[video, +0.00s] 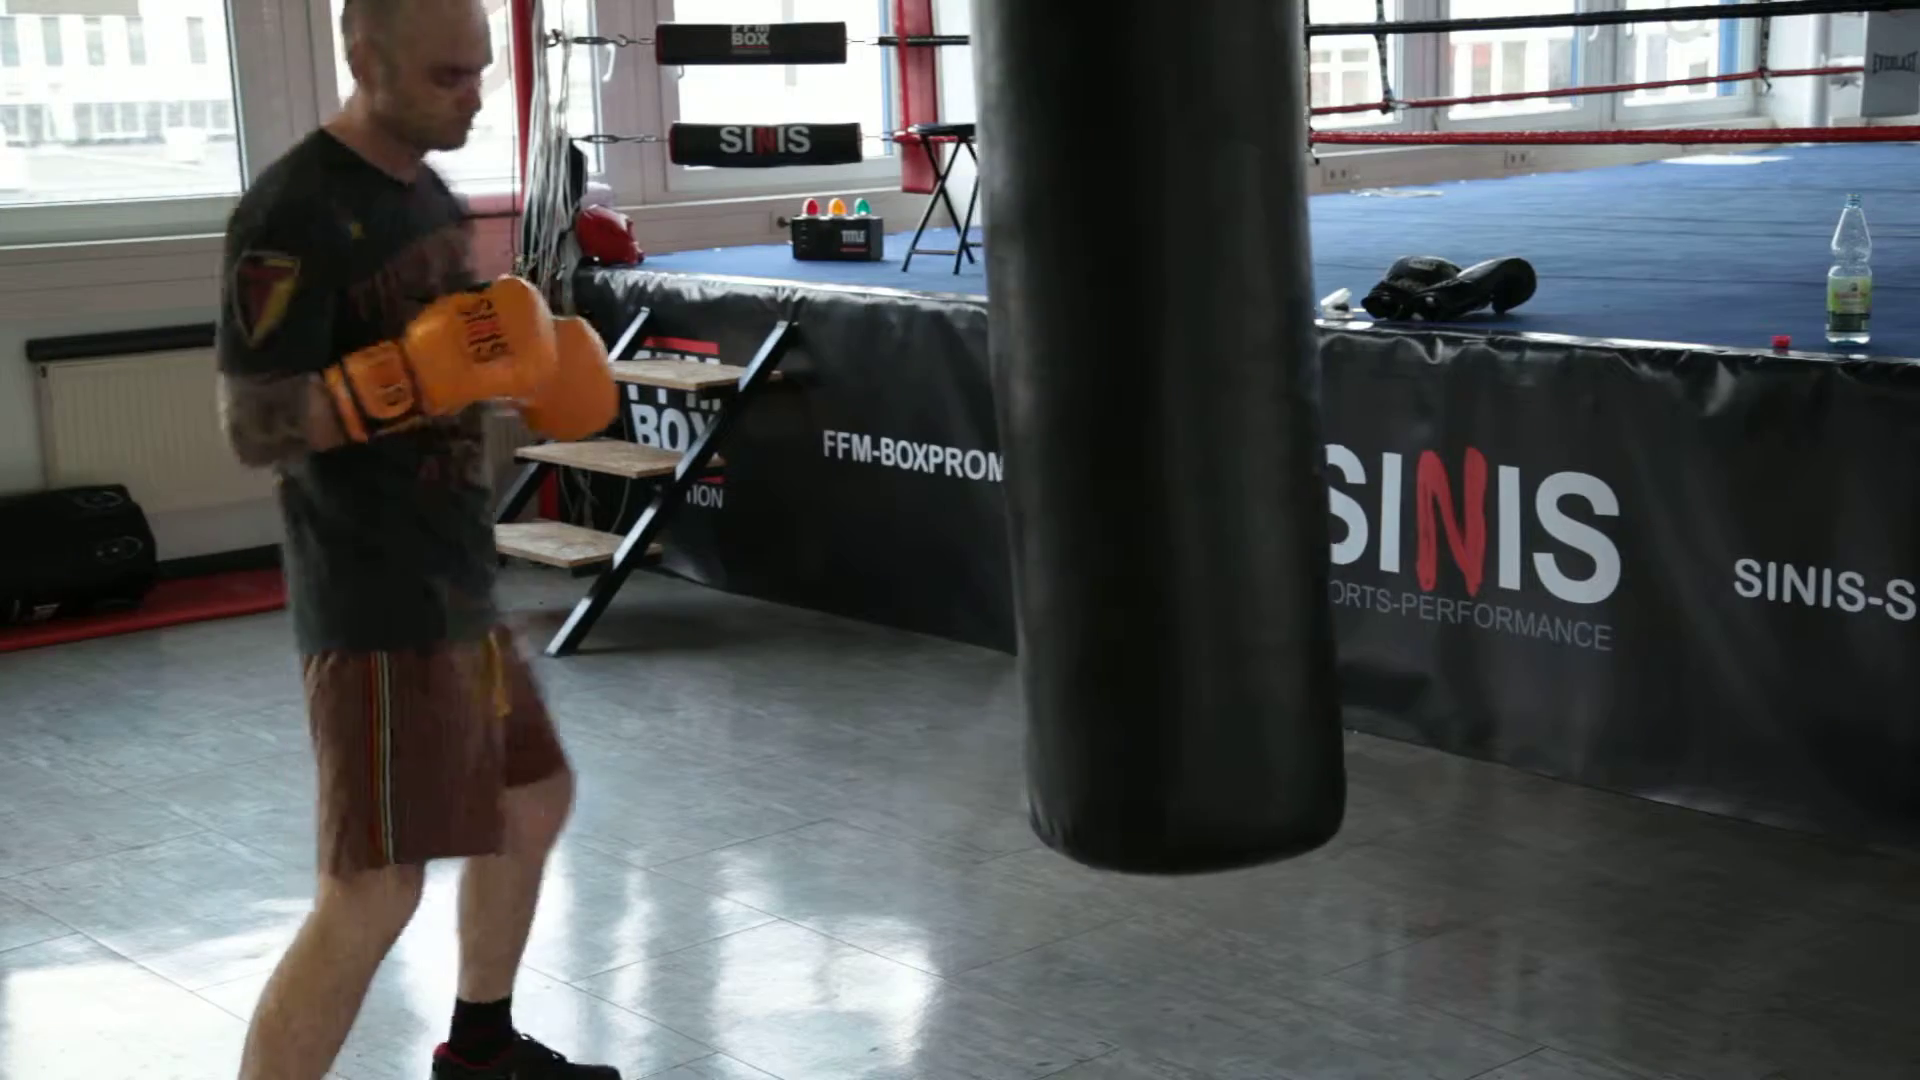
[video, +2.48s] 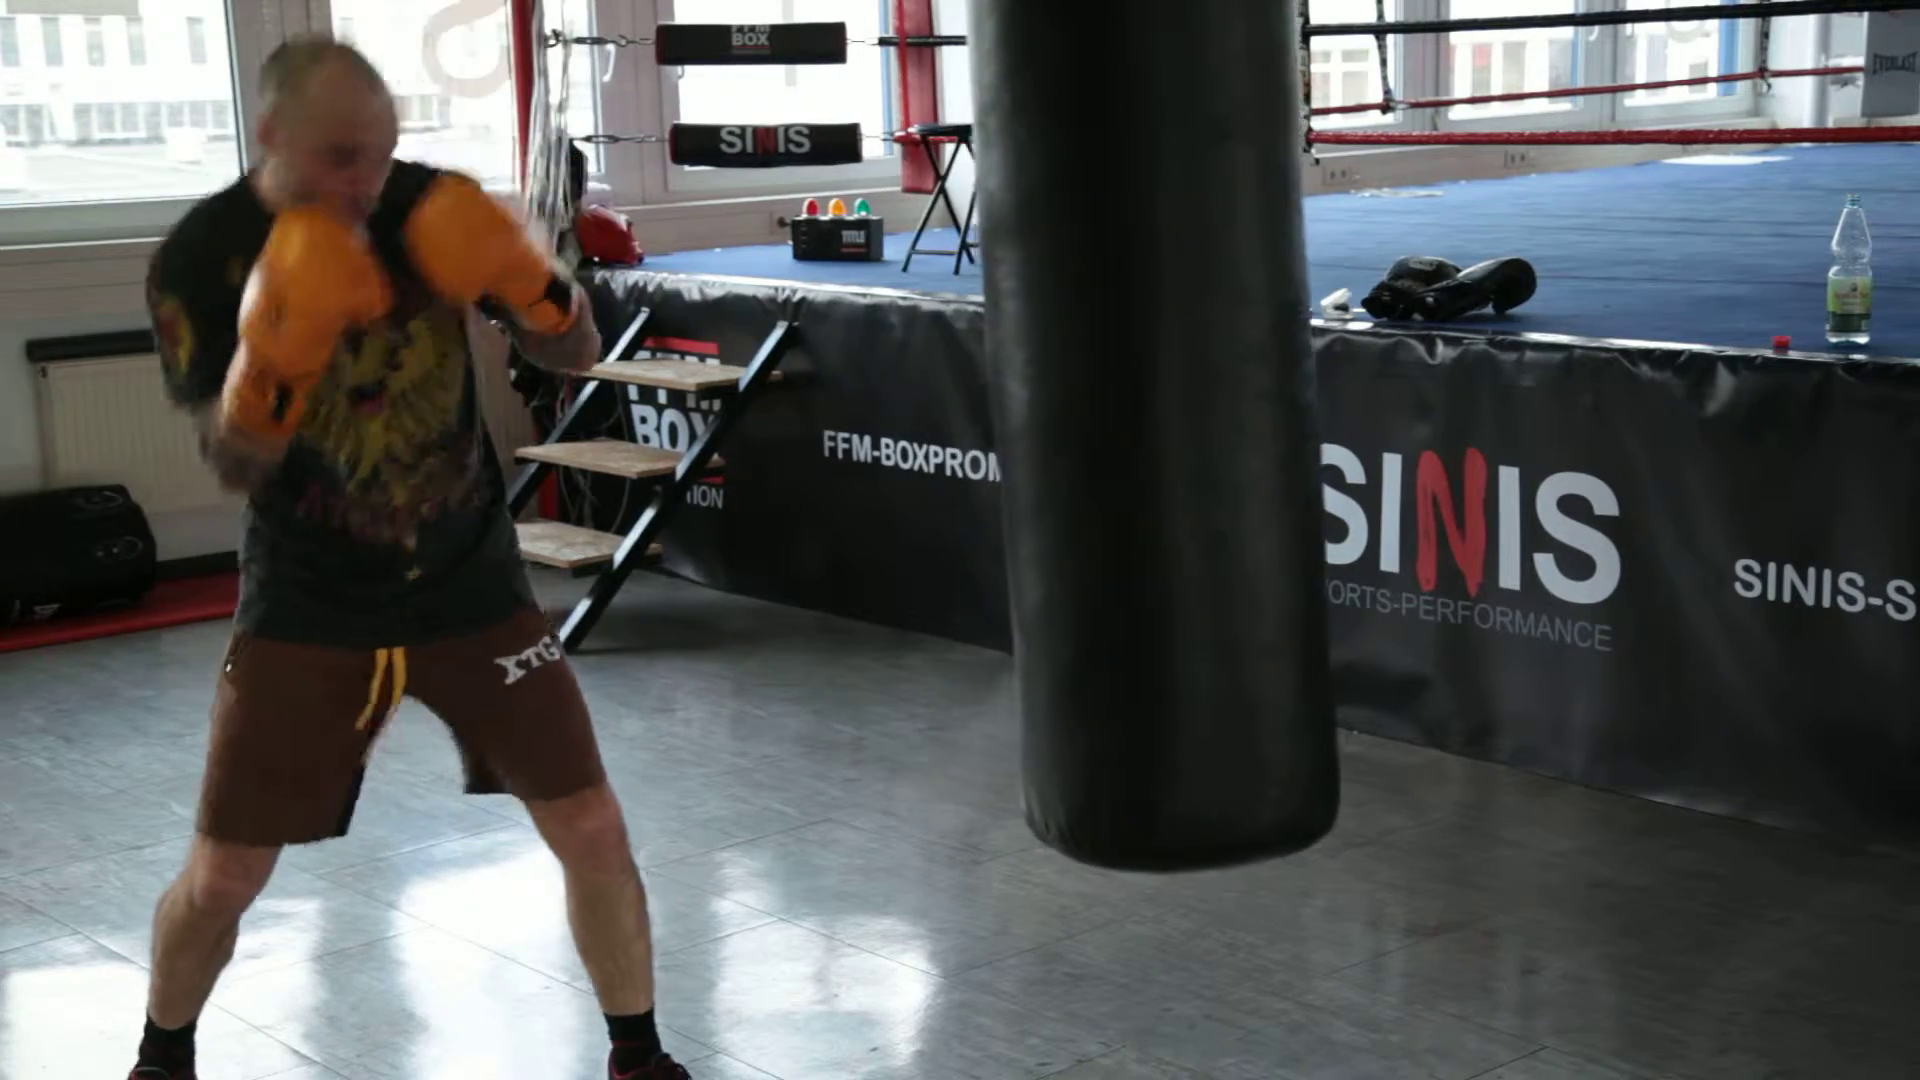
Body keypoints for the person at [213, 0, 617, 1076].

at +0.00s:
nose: (474, 96)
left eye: (480, 71)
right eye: (449, 76)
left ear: (482, 53)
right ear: (364, 61)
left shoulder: (432, 195)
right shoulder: (291, 208)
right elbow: (256, 424)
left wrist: (536, 385)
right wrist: (413, 372)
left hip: (455, 577)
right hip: (366, 600)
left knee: (531, 802)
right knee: (374, 890)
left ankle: (481, 1046)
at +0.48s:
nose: (462, 51)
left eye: (473, 30)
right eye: (438, 31)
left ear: (483, 32)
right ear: (368, 27)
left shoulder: (513, 176)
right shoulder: (286, 187)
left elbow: (538, 332)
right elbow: (237, 372)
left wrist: (607, 315)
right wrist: (351, 334)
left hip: (518, 535)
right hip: (375, 550)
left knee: (558, 789)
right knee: (358, 819)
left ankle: (537, 1006)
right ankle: (332, 986)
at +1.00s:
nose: (390, 99)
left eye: (404, 76)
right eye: (371, 74)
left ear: (418, 62)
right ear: (297, 45)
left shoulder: (422, 174)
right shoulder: (181, 181)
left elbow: (477, 347)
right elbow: (135, 354)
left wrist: (478, 310)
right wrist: (244, 339)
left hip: (428, 528)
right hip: (279, 544)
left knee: (497, 789)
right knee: (281, 798)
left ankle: (513, 1041)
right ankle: (290, 1014)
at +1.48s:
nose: (394, 124)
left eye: (412, 102)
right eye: (375, 100)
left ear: (430, 79)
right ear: (304, 66)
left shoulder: (438, 179)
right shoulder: (198, 176)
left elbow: (507, 346)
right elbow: (167, 361)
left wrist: (529, 270)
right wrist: (264, 253)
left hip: (425, 538)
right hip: (271, 550)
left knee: (504, 810)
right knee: (219, 838)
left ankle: (510, 1049)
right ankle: (169, 1062)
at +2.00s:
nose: (519, 155)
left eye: (538, 134)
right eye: (503, 128)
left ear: (550, 123)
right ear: (440, 93)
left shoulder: (537, 218)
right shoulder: (320, 195)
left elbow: (561, 398)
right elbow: (311, 378)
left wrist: (618, 296)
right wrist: (418, 263)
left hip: (490, 561)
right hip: (345, 569)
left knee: (592, 812)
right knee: (283, 862)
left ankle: (637, 1057)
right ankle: (178, 1041)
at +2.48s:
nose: (364, 181)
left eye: (379, 154)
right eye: (338, 158)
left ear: (396, 140)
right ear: (268, 139)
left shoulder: (432, 209)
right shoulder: (203, 256)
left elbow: (576, 355)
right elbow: (236, 466)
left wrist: (525, 284)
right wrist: (275, 353)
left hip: (469, 578)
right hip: (307, 595)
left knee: (593, 828)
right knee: (225, 879)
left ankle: (640, 1058)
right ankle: (163, 1062)